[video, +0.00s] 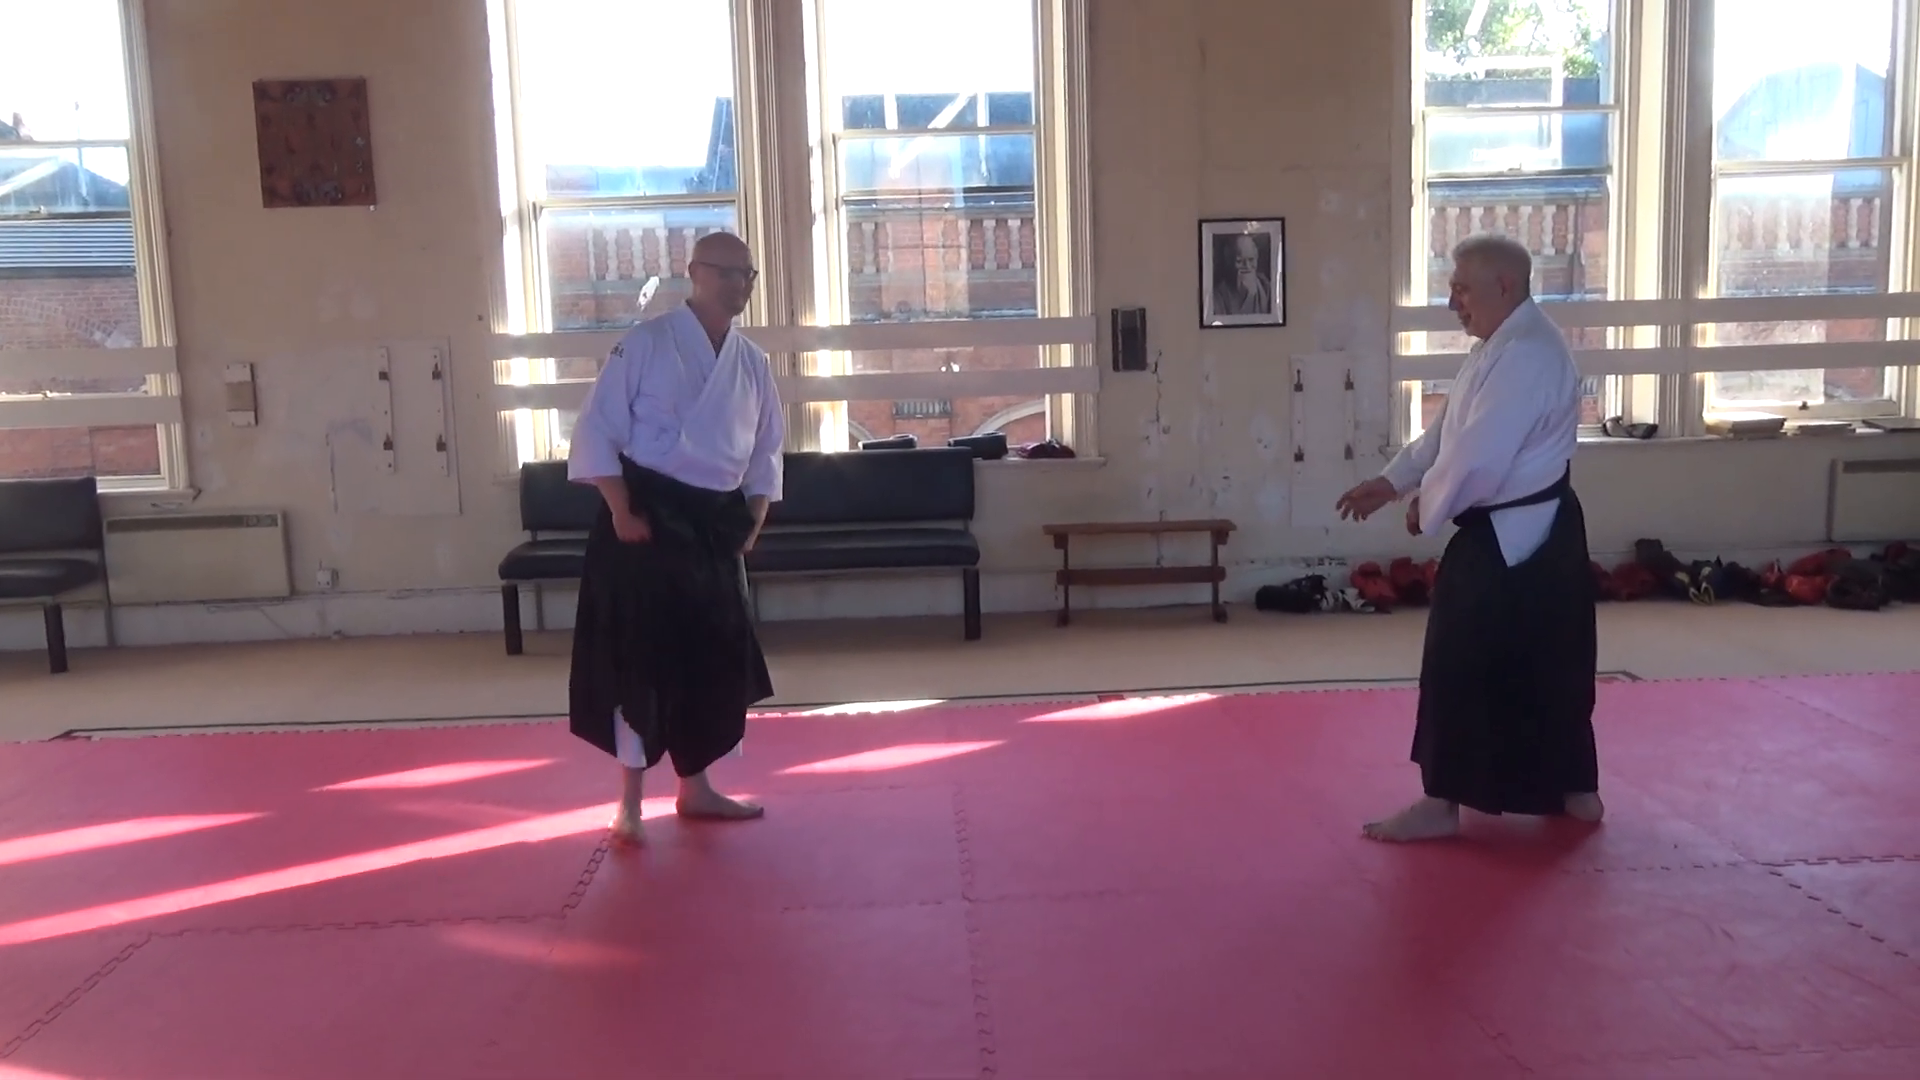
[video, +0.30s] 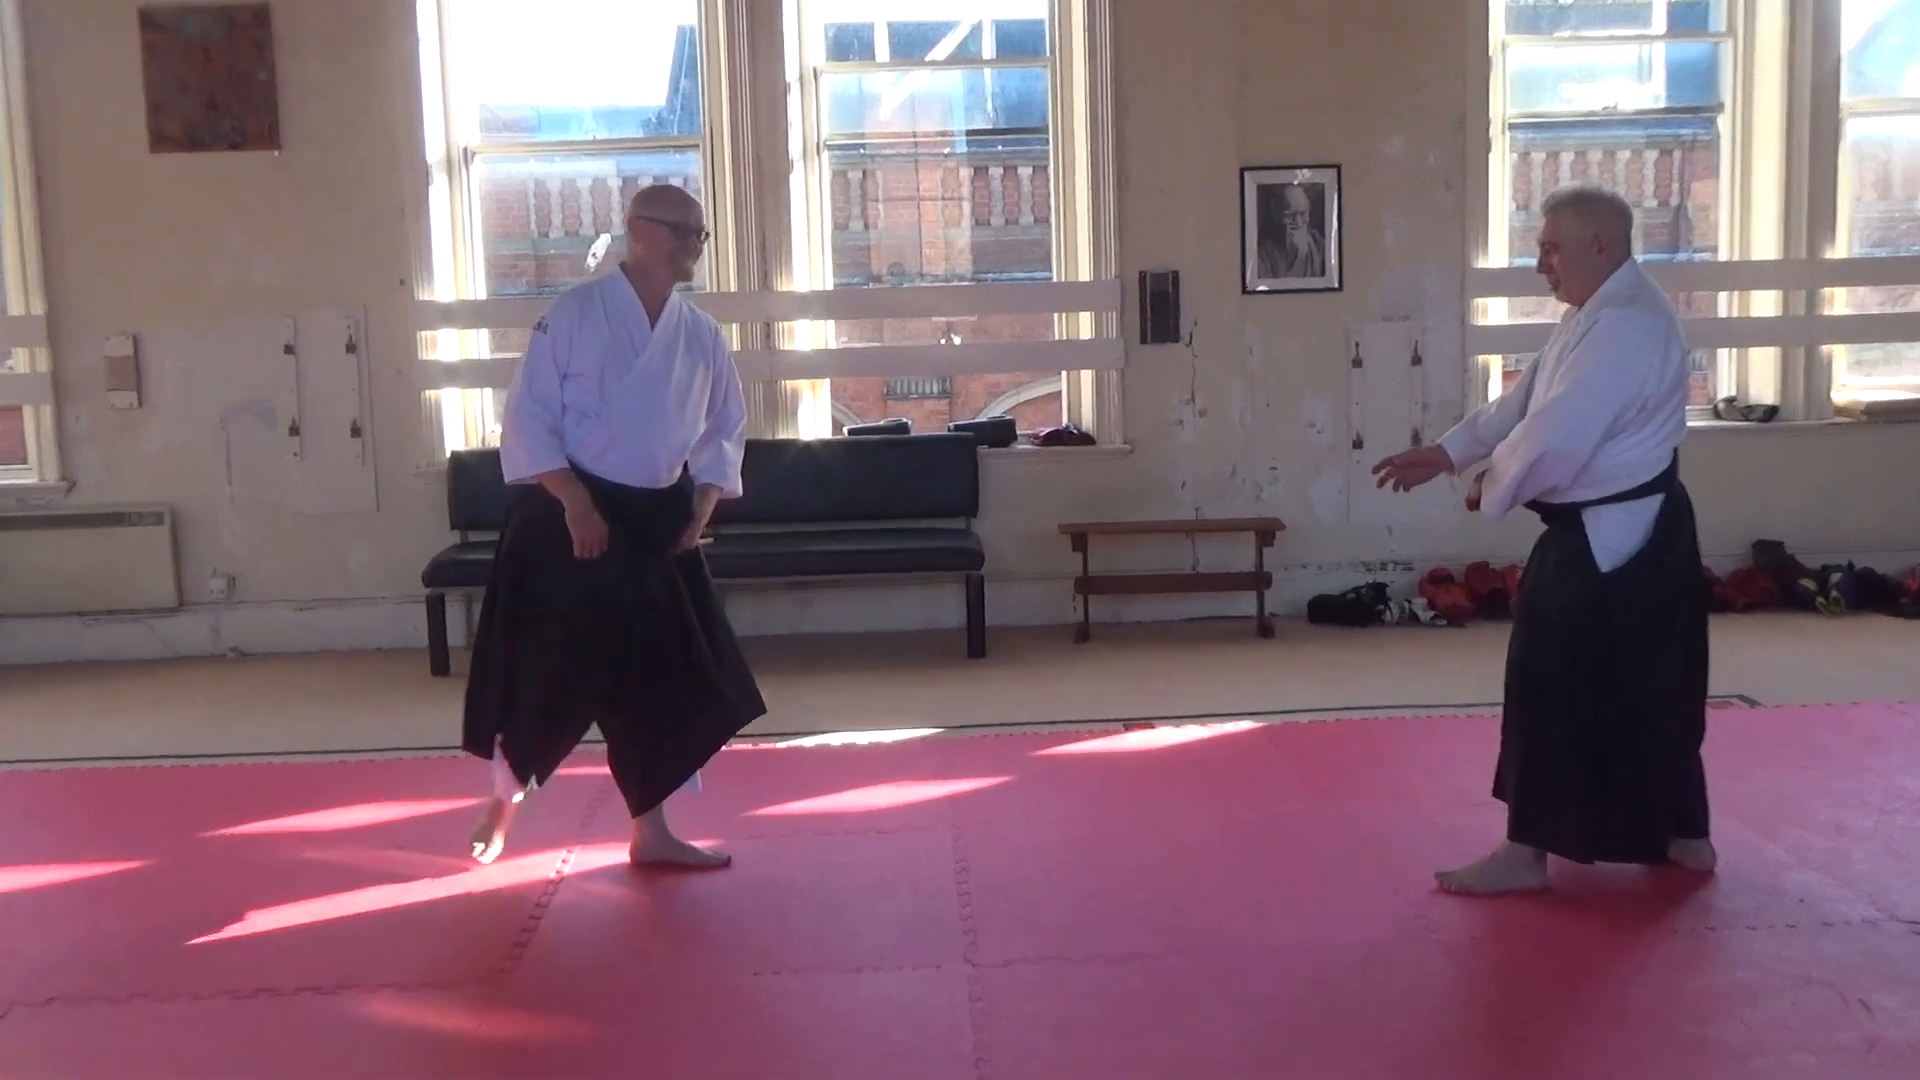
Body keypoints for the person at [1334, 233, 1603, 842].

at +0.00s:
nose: (1452, 298)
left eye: (1462, 287)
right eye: (1453, 287)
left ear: (1504, 286)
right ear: (1502, 287)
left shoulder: (1524, 354)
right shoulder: (1499, 347)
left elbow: (1476, 458)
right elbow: (1446, 431)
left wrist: (1427, 508)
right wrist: (1389, 480)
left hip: (1506, 532)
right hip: (1535, 524)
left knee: (1453, 665)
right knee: (1552, 660)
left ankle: (1439, 803)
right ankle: (1577, 791)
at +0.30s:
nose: (1542, 263)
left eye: (1553, 248)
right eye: (1541, 248)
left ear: (1602, 247)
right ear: (1602, 249)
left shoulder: (1623, 323)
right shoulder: (1599, 312)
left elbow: (1554, 440)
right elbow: (1527, 396)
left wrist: (1492, 485)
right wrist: (1447, 452)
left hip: (1603, 530)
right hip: (1636, 521)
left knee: (1542, 681)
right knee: (1657, 682)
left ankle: (1525, 850)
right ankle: (1686, 836)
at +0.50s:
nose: (1647, 215)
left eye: (1660, 199)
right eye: (1646, 199)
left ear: (1715, 197)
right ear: (1711, 199)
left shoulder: (1736, 287)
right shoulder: (1711, 273)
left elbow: (1648, 421)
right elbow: (1623, 366)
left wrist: (1582, 464)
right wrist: (1528, 427)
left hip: (1709, 526)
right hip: (1747, 516)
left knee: (1638, 703)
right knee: (1770, 704)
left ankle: (1615, 894)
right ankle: (1801, 879)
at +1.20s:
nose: (1583, 232)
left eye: (1595, 216)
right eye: (1583, 215)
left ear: (1646, 219)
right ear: (1656, 221)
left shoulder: (1645, 307)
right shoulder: (1697, 279)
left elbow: (1566, 423)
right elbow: (1581, 351)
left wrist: (1511, 478)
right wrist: (1486, 313)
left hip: (1661, 531)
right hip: (1727, 515)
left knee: (1548, 665)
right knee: (1767, 690)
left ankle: (1507, 856)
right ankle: (1830, 861)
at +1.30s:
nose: (1526, 242)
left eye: (1537, 226)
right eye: (1527, 225)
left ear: (1588, 231)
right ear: (1599, 229)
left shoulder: (1585, 317)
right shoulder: (1637, 286)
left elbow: (1504, 420)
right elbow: (1538, 324)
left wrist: (1423, 475)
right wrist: (1470, 259)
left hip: (1618, 534)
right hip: (1681, 516)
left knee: (1498, 666)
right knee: (1744, 691)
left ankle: (1446, 853)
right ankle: (1830, 855)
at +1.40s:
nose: (1441, 254)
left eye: (1455, 237)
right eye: (1440, 238)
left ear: (1505, 243)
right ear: (1512, 241)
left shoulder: (1489, 338)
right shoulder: (1552, 294)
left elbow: (1395, 430)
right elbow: (1465, 291)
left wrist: (1310, 472)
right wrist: (1422, 221)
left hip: (1536, 542)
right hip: (1599, 519)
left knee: (1429, 666)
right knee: (1681, 678)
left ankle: (1424, 853)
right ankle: (1791, 828)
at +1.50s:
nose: (1333, 279)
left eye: (1342, 267)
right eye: (1333, 266)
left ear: (1381, 270)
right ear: (1397, 270)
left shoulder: (1374, 351)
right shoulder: (1434, 315)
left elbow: (1293, 437)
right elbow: (1356, 271)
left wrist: (1210, 483)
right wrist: (1333, 221)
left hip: (1425, 542)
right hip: (1471, 522)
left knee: (1349, 671)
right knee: (1541, 658)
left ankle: (1382, 832)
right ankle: (1634, 761)